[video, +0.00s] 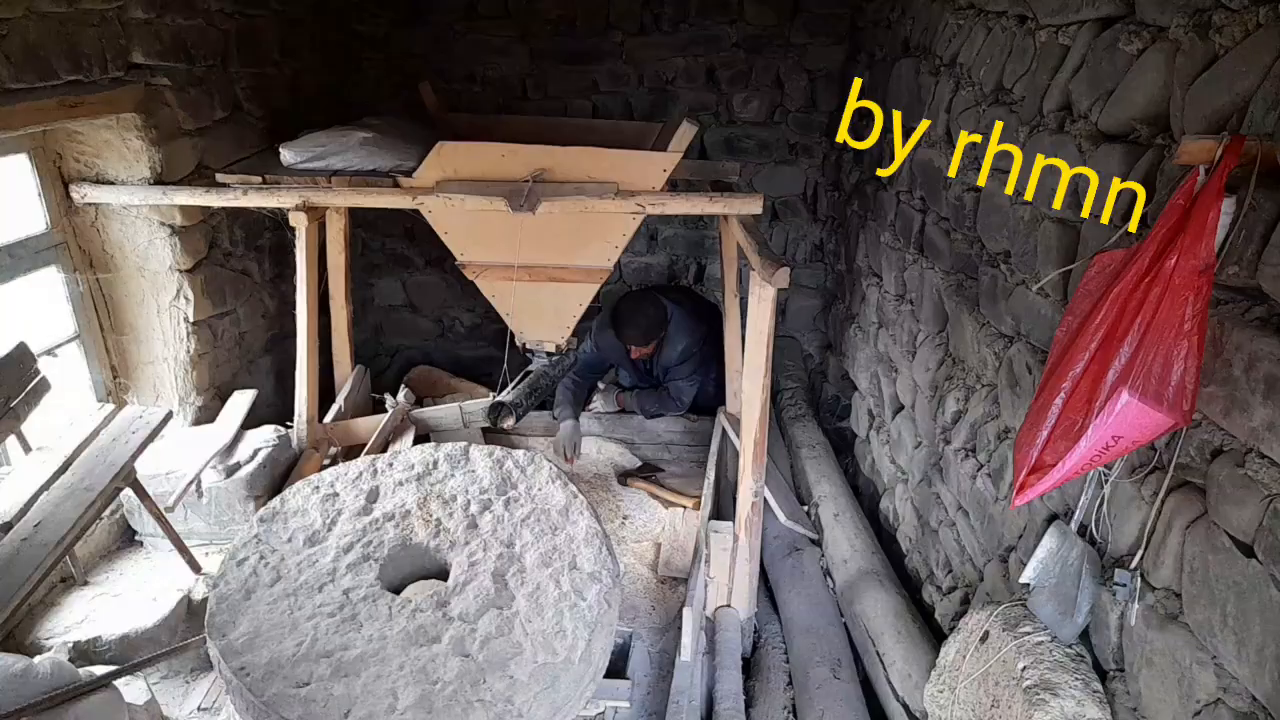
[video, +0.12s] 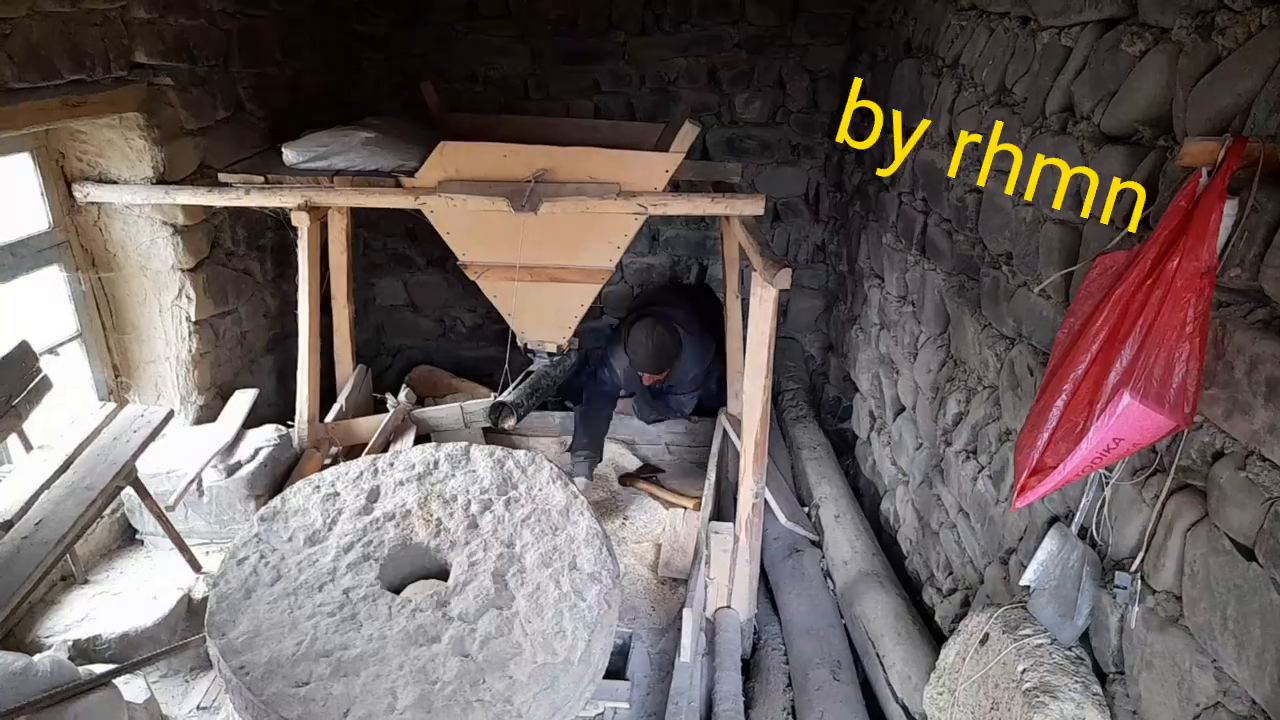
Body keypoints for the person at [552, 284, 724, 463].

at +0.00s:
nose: (633, 354)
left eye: (642, 347)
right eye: (628, 346)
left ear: (660, 336)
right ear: (619, 334)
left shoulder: (684, 345)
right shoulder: (607, 333)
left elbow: (676, 401)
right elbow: (574, 379)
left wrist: (620, 400)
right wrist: (567, 420)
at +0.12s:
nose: (646, 381)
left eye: (655, 375)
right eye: (641, 373)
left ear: (671, 365)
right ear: (631, 358)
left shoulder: (695, 362)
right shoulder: (617, 357)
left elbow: (679, 407)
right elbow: (597, 403)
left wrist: (634, 406)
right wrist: (582, 472)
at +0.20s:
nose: (653, 403)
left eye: (662, 397)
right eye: (648, 394)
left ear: (679, 381)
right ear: (638, 373)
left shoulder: (703, 379)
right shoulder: (618, 365)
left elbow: (680, 413)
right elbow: (593, 406)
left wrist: (632, 413)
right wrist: (568, 462)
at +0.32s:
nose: (656, 401)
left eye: (664, 395)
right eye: (651, 393)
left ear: (683, 379)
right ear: (641, 369)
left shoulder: (704, 375)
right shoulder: (621, 361)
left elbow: (683, 412)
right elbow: (597, 401)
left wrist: (630, 410)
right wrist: (576, 466)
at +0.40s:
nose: (648, 366)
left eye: (657, 361)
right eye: (644, 358)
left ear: (673, 355)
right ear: (635, 341)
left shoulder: (695, 361)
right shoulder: (621, 328)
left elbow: (677, 405)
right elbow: (593, 345)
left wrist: (618, 407)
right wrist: (588, 382)